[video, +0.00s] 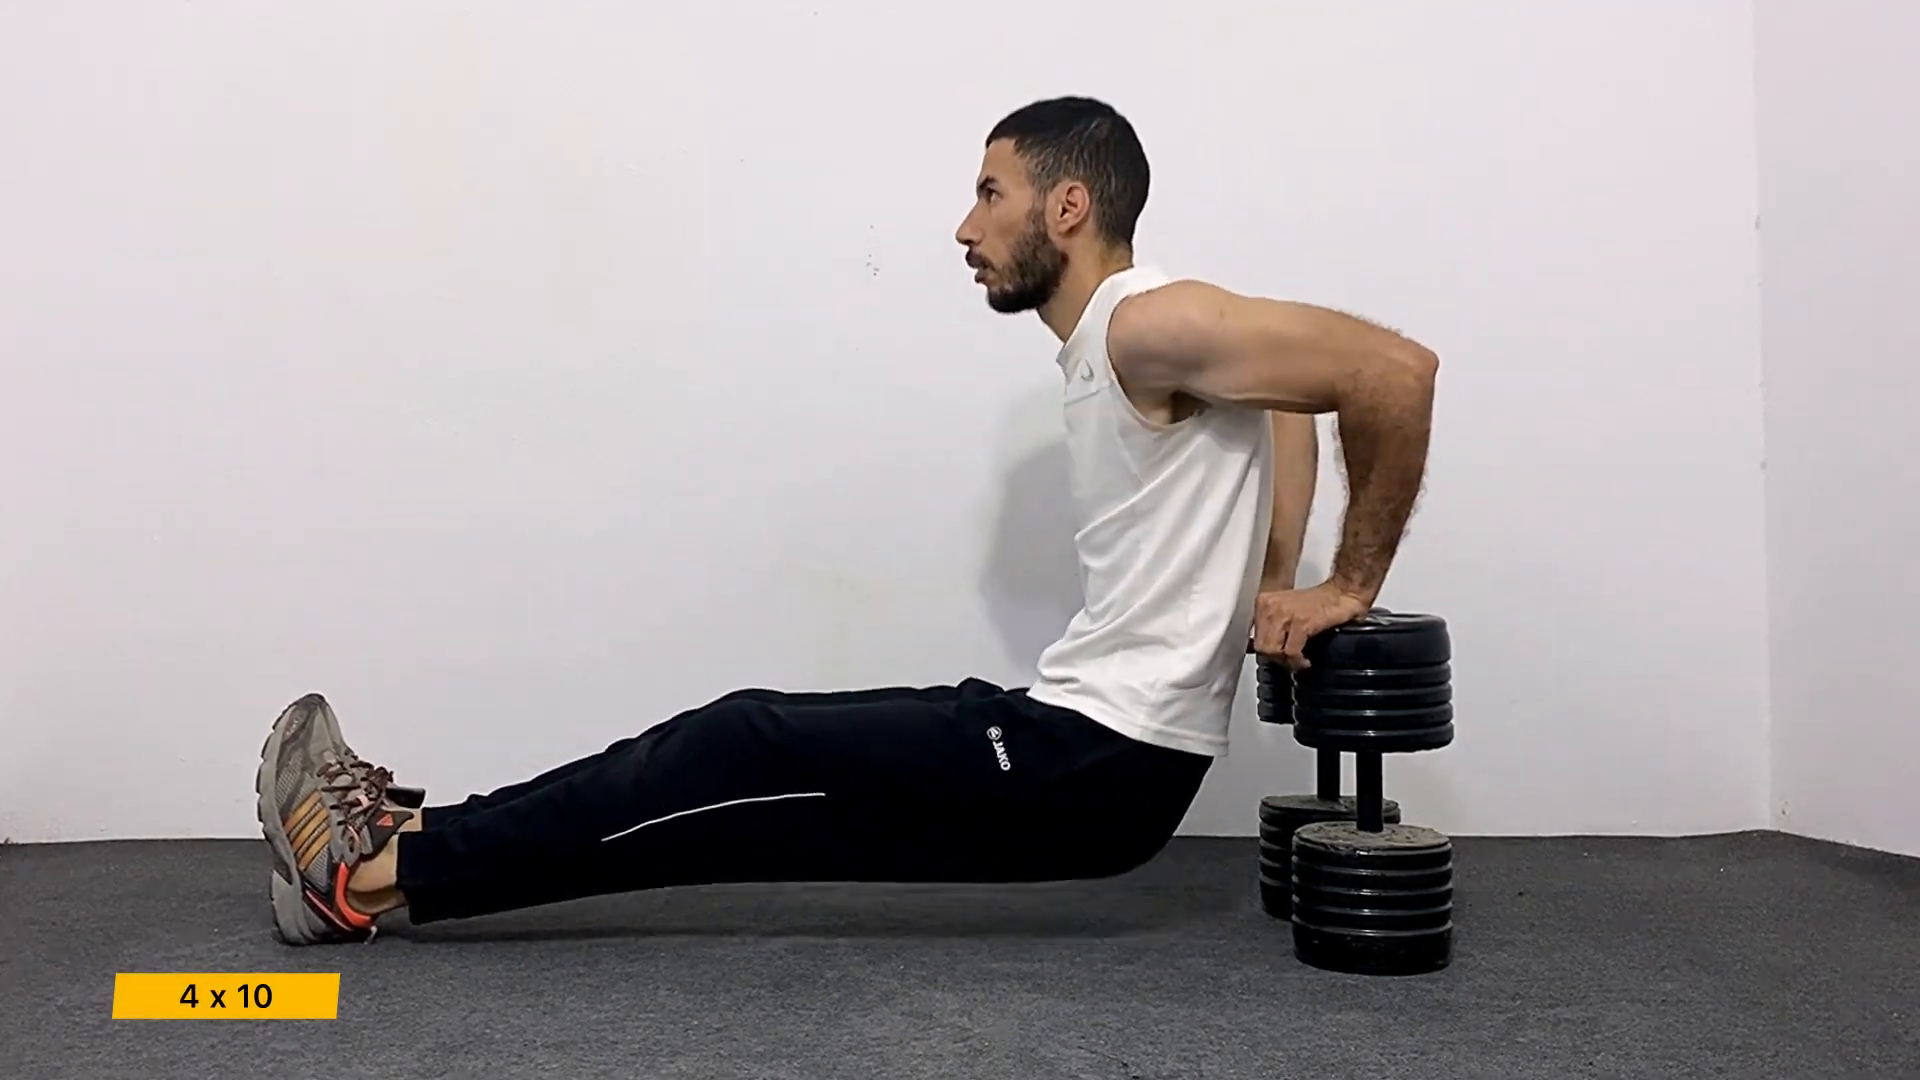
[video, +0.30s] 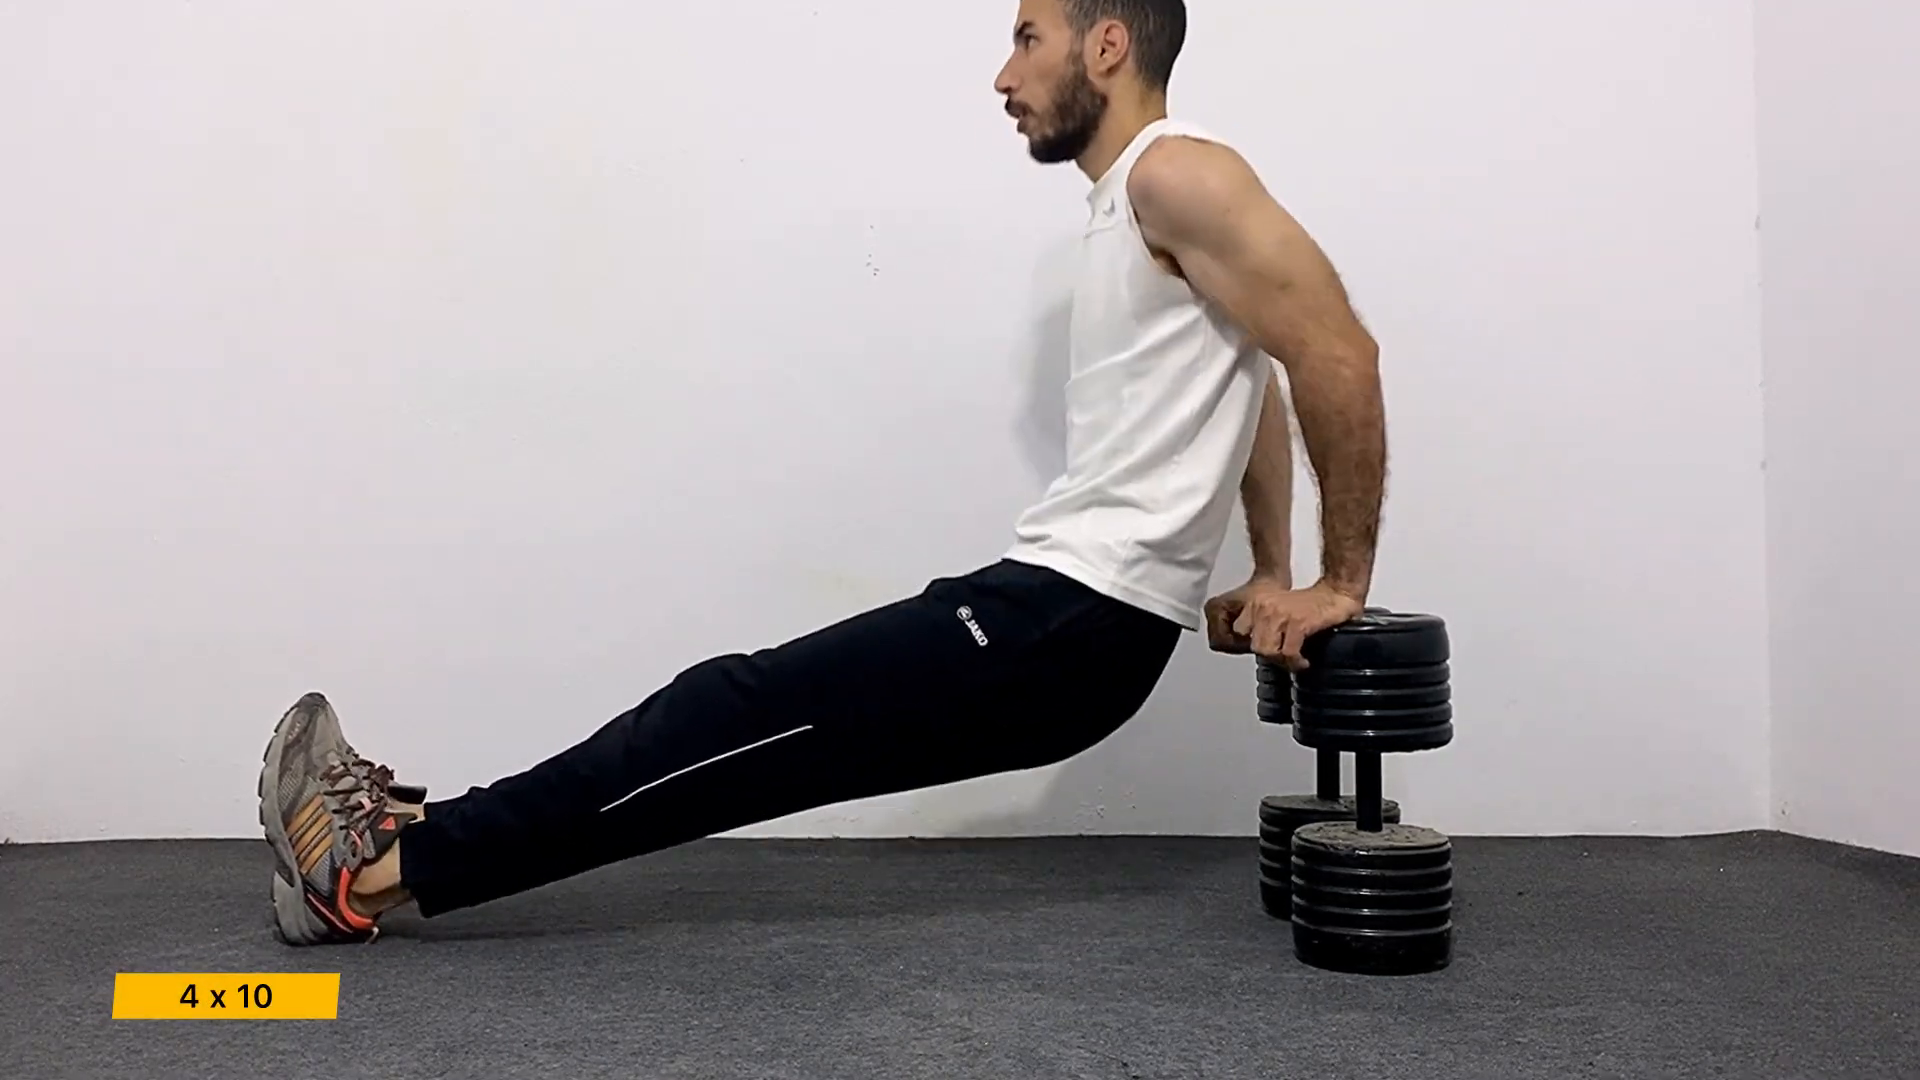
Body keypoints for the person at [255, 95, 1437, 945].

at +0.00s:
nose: (966, 228)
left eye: (989, 196)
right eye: (974, 199)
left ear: (1075, 205)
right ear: (1078, 208)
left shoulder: (1144, 326)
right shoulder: (1123, 322)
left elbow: (1397, 373)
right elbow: (1293, 383)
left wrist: (1352, 589)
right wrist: (1278, 569)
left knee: (735, 752)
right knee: (734, 748)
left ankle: (389, 876)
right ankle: (421, 843)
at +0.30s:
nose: (1003, 72)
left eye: (1026, 41)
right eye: (1010, 44)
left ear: (1110, 46)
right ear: (1102, 49)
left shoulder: (1182, 176)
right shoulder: (1142, 198)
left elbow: (1340, 350)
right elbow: (1259, 386)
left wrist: (1351, 581)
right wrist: (1264, 575)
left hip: (1078, 621)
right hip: (1056, 603)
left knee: (728, 725)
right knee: (723, 711)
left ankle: (386, 876)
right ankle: (415, 848)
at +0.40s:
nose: (1017, 47)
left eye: (1039, 15)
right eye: (1022, 19)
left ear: (1123, 21)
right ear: (1107, 29)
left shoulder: (1187, 148)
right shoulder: (1148, 167)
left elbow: (1318, 350)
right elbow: (1246, 378)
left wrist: (1347, 581)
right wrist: (1263, 572)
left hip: (1068, 591)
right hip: (1048, 576)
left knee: (725, 714)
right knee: (719, 701)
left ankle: (381, 875)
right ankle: (415, 843)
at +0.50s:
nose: (1021, 43)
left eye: (1042, 13)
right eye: (1027, 16)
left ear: (1128, 17)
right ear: (1112, 24)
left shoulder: (1189, 144)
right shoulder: (1146, 168)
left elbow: (1313, 350)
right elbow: (1244, 383)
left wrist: (1346, 579)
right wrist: (1263, 572)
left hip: (1063, 590)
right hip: (1041, 576)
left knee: (721, 714)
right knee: (715, 700)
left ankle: (379, 877)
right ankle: (412, 843)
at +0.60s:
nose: (1023, 46)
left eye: (1048, 18)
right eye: (1029, 20)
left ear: (1134, 27)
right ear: (1113, 36)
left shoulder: (1191, 156)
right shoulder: (1147, 177)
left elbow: (1323, 346)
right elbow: (1251, 378)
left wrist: (1349, 578)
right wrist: (1263, 571)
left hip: (1069, 597)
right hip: (1047, 582)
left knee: (720, 715)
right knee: (714, 702)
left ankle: (381, 875)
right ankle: (413, 842)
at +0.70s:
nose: (1016, 67)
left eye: (1039, 38)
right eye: (1023, 41)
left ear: (1123, 45)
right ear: (1112, 50)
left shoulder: (1190, 174)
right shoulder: (1147, 197)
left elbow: (1346, 353)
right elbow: (1265, 384)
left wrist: (1351, 582)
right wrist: (1264, 574)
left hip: (1072, 622)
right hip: (1051, 606)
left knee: (720, 723)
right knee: (715, 711)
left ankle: (387, 874)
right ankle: (411, 842)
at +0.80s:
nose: (1012, 97)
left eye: (1037, 68)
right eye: (1019, 70)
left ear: (1119, 82)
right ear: (1105, 89)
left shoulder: (1183, 207)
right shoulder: (1139, 234)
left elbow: (1368, 357)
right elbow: (1281, 402)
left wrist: (1349, 586)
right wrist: (1274, 578)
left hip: (1087, 648)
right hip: (1062, 634)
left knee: (730, 733)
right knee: (726, 721)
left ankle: (389, 874)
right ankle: (411, 848)